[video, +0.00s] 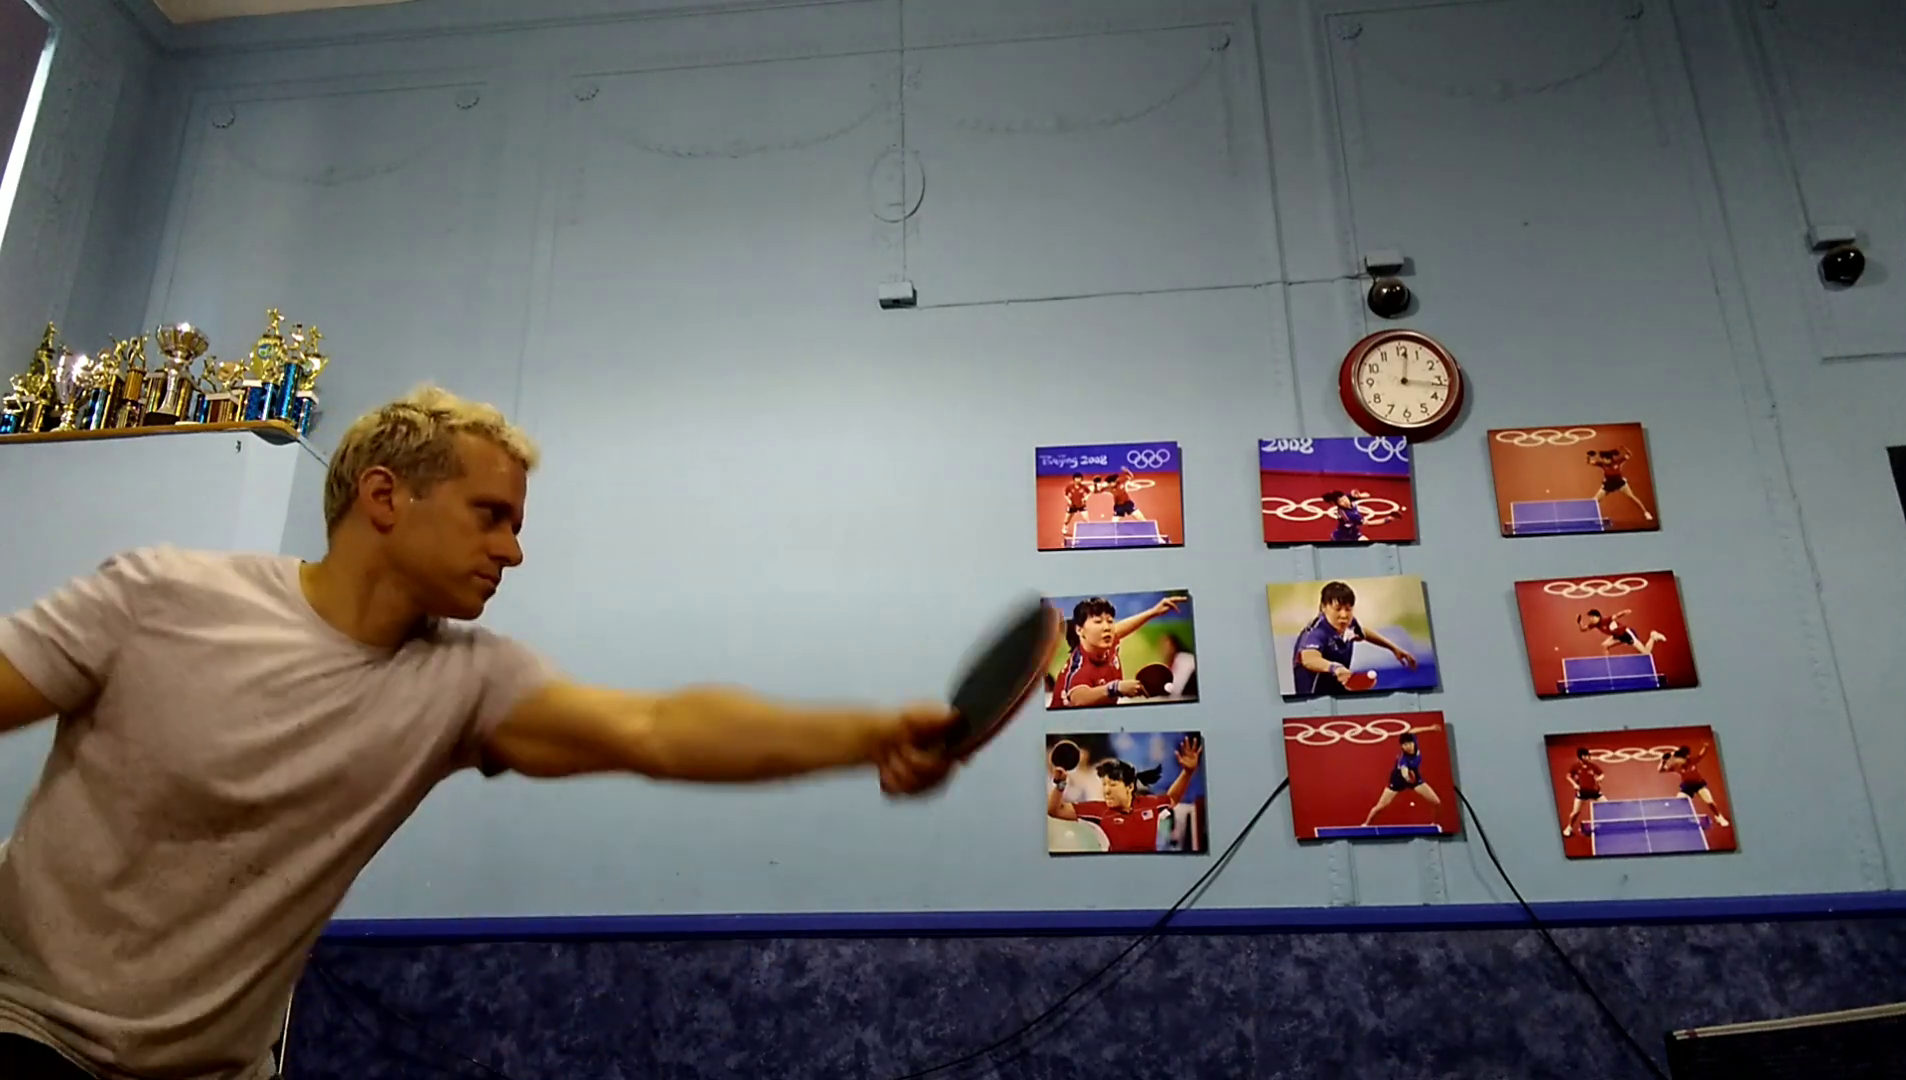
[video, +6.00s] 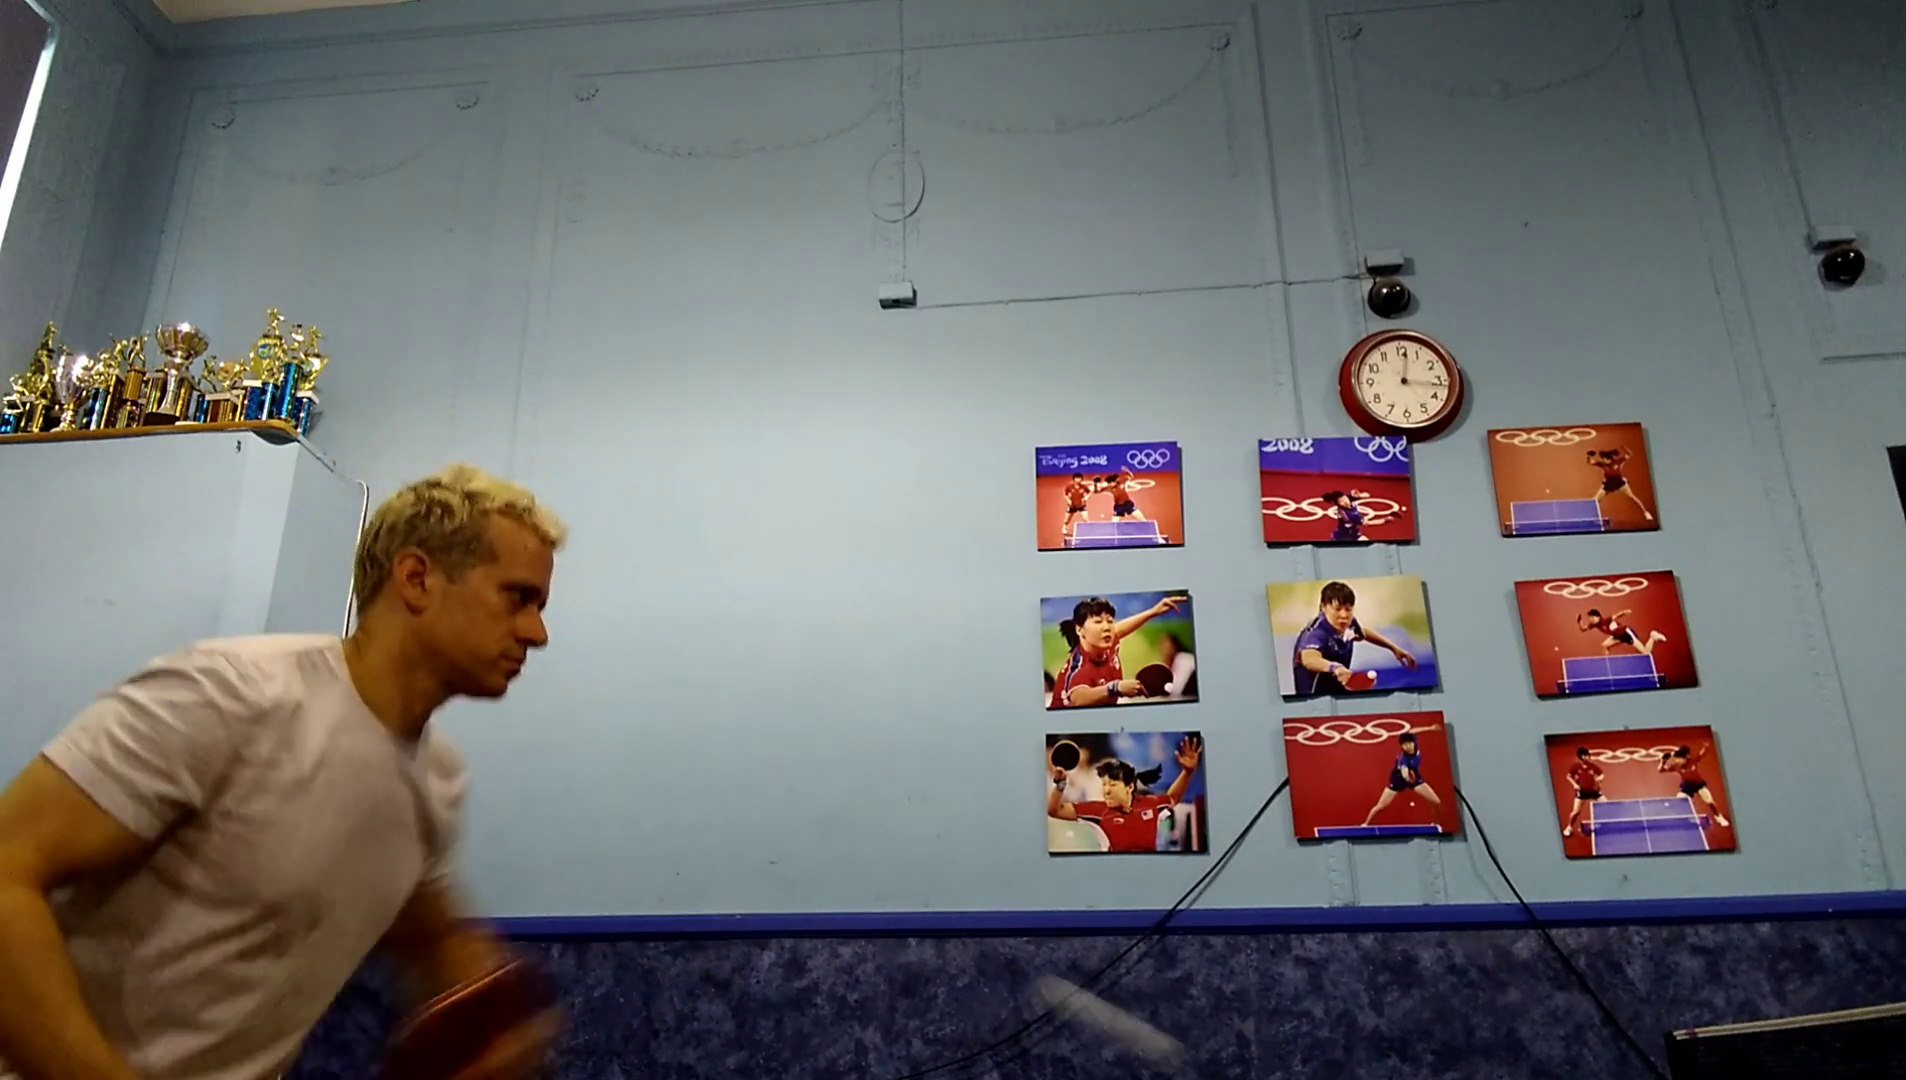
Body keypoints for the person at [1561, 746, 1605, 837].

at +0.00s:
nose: (1588, 758)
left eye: (1588, 755)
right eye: (1586, 756)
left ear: (1588, 756)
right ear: (1581, 757)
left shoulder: (1592, 766)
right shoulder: (1576, 767)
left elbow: (1602, 774)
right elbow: (1568, 776)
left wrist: (1598, 779)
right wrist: (1574, 784)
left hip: (1594, 791)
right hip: (1582, 791)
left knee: (1607, 806)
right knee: (1575, 812)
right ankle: (1569, 827)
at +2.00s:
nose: (1588, 758)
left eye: (1588, 755)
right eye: (1586, 756)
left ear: (1588, 756)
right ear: (1581, 757)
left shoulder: (1592, 766)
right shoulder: (1576, 767)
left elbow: (1602, 774)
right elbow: (1568, 776)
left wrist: (1598, 779)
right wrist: (1574, 784)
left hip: (1594, 791)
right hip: (1582, 791)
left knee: (1607, 806)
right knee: (1576, 812)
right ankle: (1569, 827)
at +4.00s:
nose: (1587, 758)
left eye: (1588, 755)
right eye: (1585, 756)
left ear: (1589, 756)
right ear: (1581, 757)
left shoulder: (1592, 766)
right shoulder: (1576, 766)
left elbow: (1602, 774)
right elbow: (1569, 776)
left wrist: (1598, 779)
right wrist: (1574, 785)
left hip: (1594, 791)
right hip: (1582, 791)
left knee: (1606, 805)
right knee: (1576, 812)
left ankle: (1606, 826)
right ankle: (1569, 827)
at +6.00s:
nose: (1587, 758)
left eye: (1588, 755)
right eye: (1585, 756)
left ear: (1589, 756)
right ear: (1581, 757)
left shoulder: (1592, 766)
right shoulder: (1576, 767)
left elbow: (1602, 774)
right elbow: (1568, 776)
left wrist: (1598, 779)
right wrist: (1574, 785)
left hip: (1594, 791)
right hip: (1582, 791)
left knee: (1606, 806)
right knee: (1576, 812)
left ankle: (1606, 826)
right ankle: (1569, 827)